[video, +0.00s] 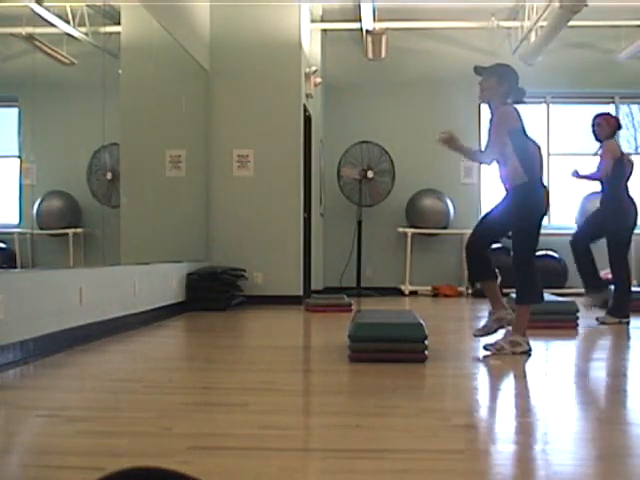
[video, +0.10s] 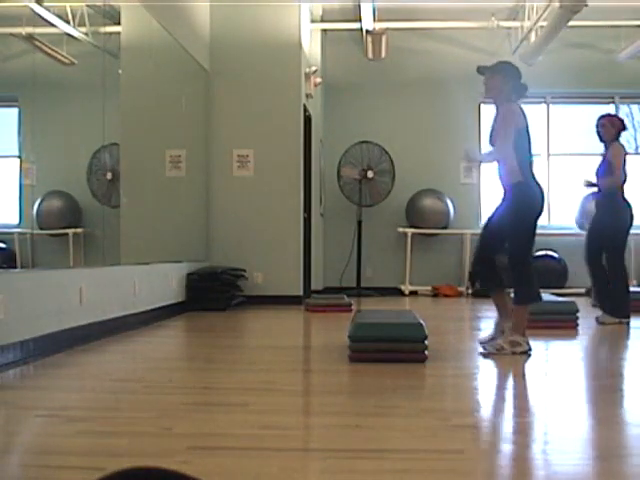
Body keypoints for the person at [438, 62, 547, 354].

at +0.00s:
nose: (480, 84)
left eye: (486, 80)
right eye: (481, 80)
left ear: (502, 87)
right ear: (499, 88)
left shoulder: (504, 113)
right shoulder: (501, 115)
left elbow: (496, 152)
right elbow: (490, 156)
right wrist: (461, 148)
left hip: (525, 196)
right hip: (519, 195)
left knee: (523, 262)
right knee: (475, 245)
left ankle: (518, 337)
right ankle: (499, 310)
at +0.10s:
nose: (485, 85)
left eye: (490, 80)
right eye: (486, 80)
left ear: (506, 84)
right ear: (502, 85)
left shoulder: (509, 111)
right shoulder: (507, 112)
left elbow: (506, 149)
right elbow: (505, 151)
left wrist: (516, 189)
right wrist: (480, 158)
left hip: (522, 193)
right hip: (516, 192)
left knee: (518, 261)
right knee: (484, 258)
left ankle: (518, 336)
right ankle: (506, 322)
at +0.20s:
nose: (490, 87)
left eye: (495, 82)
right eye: (490, 83)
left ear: (509, 84)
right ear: (502, 86)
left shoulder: (516, 113)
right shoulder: (507, 114)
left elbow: (506, 149)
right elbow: (498, 157)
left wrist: (503, 183)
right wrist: (484, 190)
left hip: (520, 193)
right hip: (513, 192)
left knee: (510, 261)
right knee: (507, 261)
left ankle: (517, 335)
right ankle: (513, 332)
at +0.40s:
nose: (496, 90)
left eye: (501, 85)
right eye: (495, 85)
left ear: (515, 87)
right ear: (500, 88)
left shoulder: (518, 115)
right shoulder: (505, 125)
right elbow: (482, 163)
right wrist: (448, 178)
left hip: (535, 195)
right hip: (530, 195)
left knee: (508, 253)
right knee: (516, 256)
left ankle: (528, 321)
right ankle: (517, 330)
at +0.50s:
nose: (504, 93)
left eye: (508, 87)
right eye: (502, 88)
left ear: (522, 87)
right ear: (509, 89)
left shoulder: (529, 114)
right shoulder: (512, 124)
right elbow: (495, 166)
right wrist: (461, 187)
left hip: (540, 196)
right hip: (532, 197)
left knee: (519, 260)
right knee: (522, 260)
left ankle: (515, 333)